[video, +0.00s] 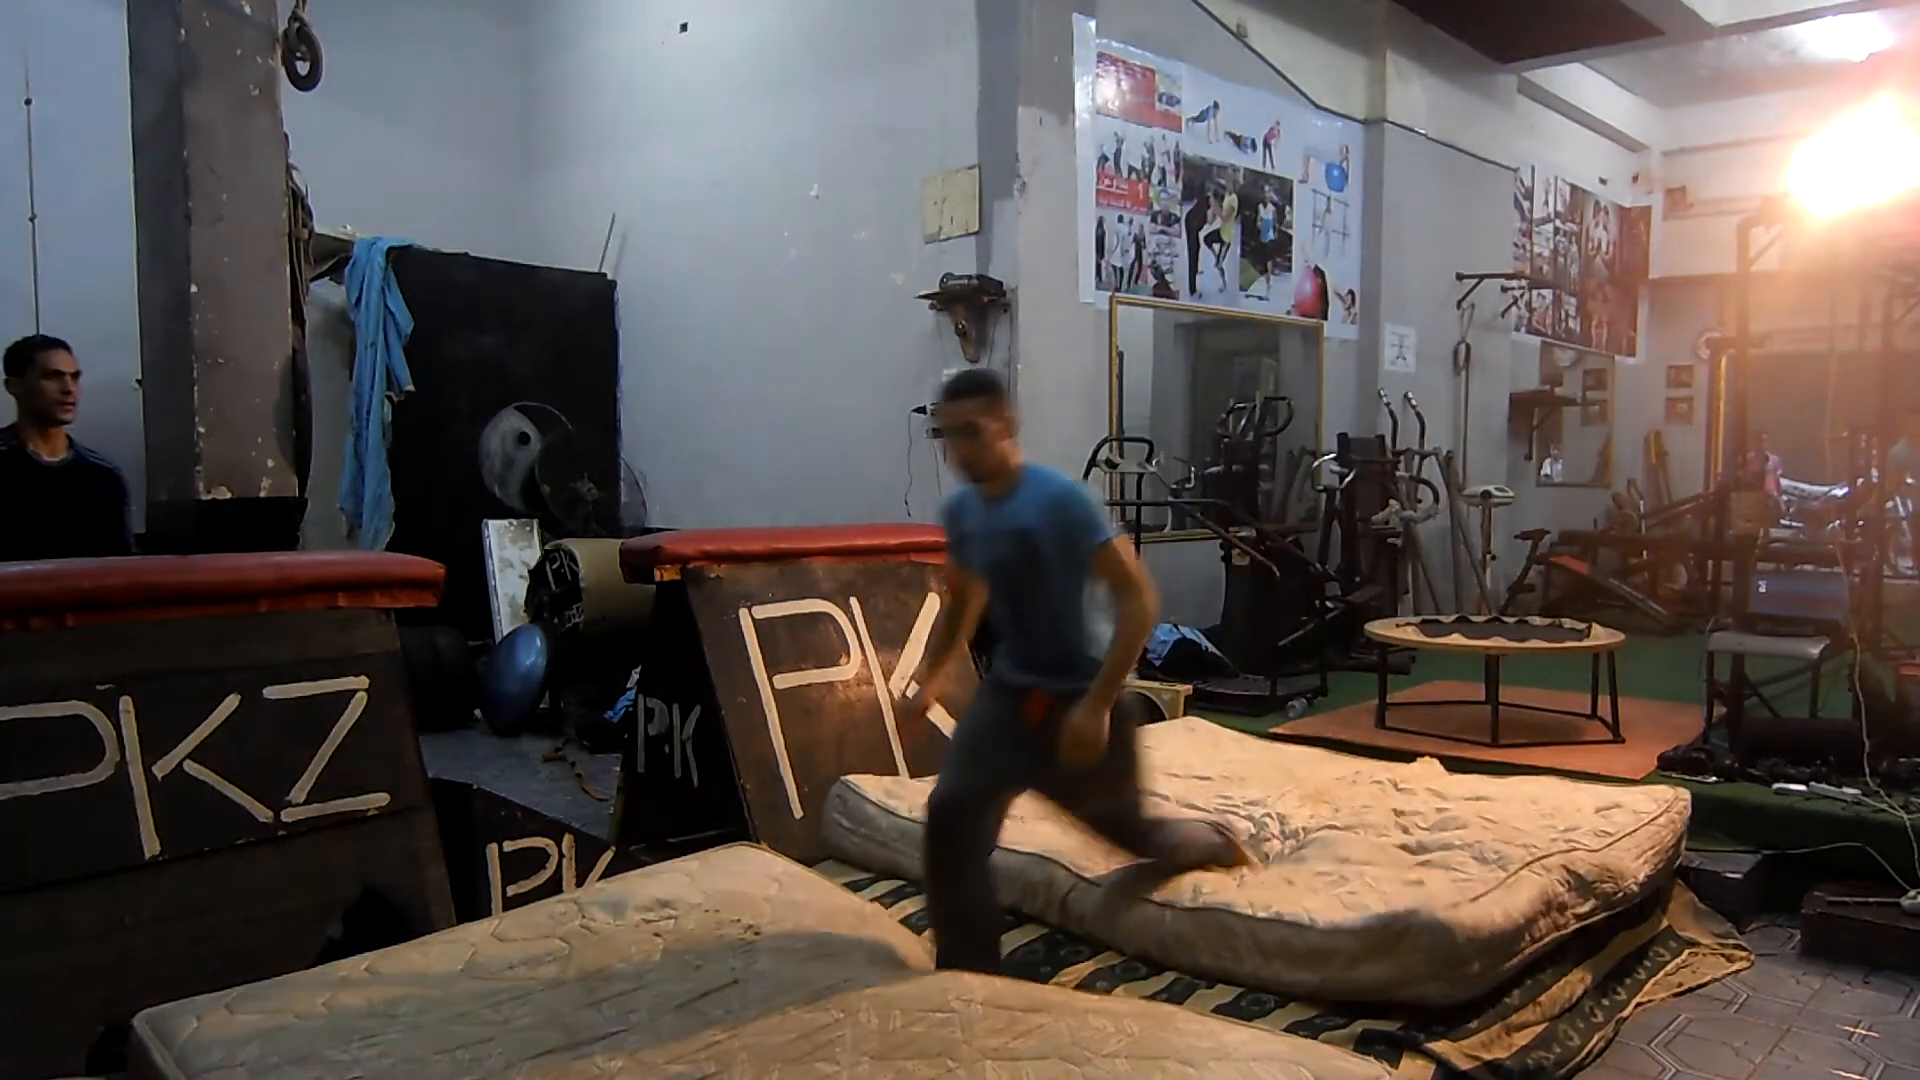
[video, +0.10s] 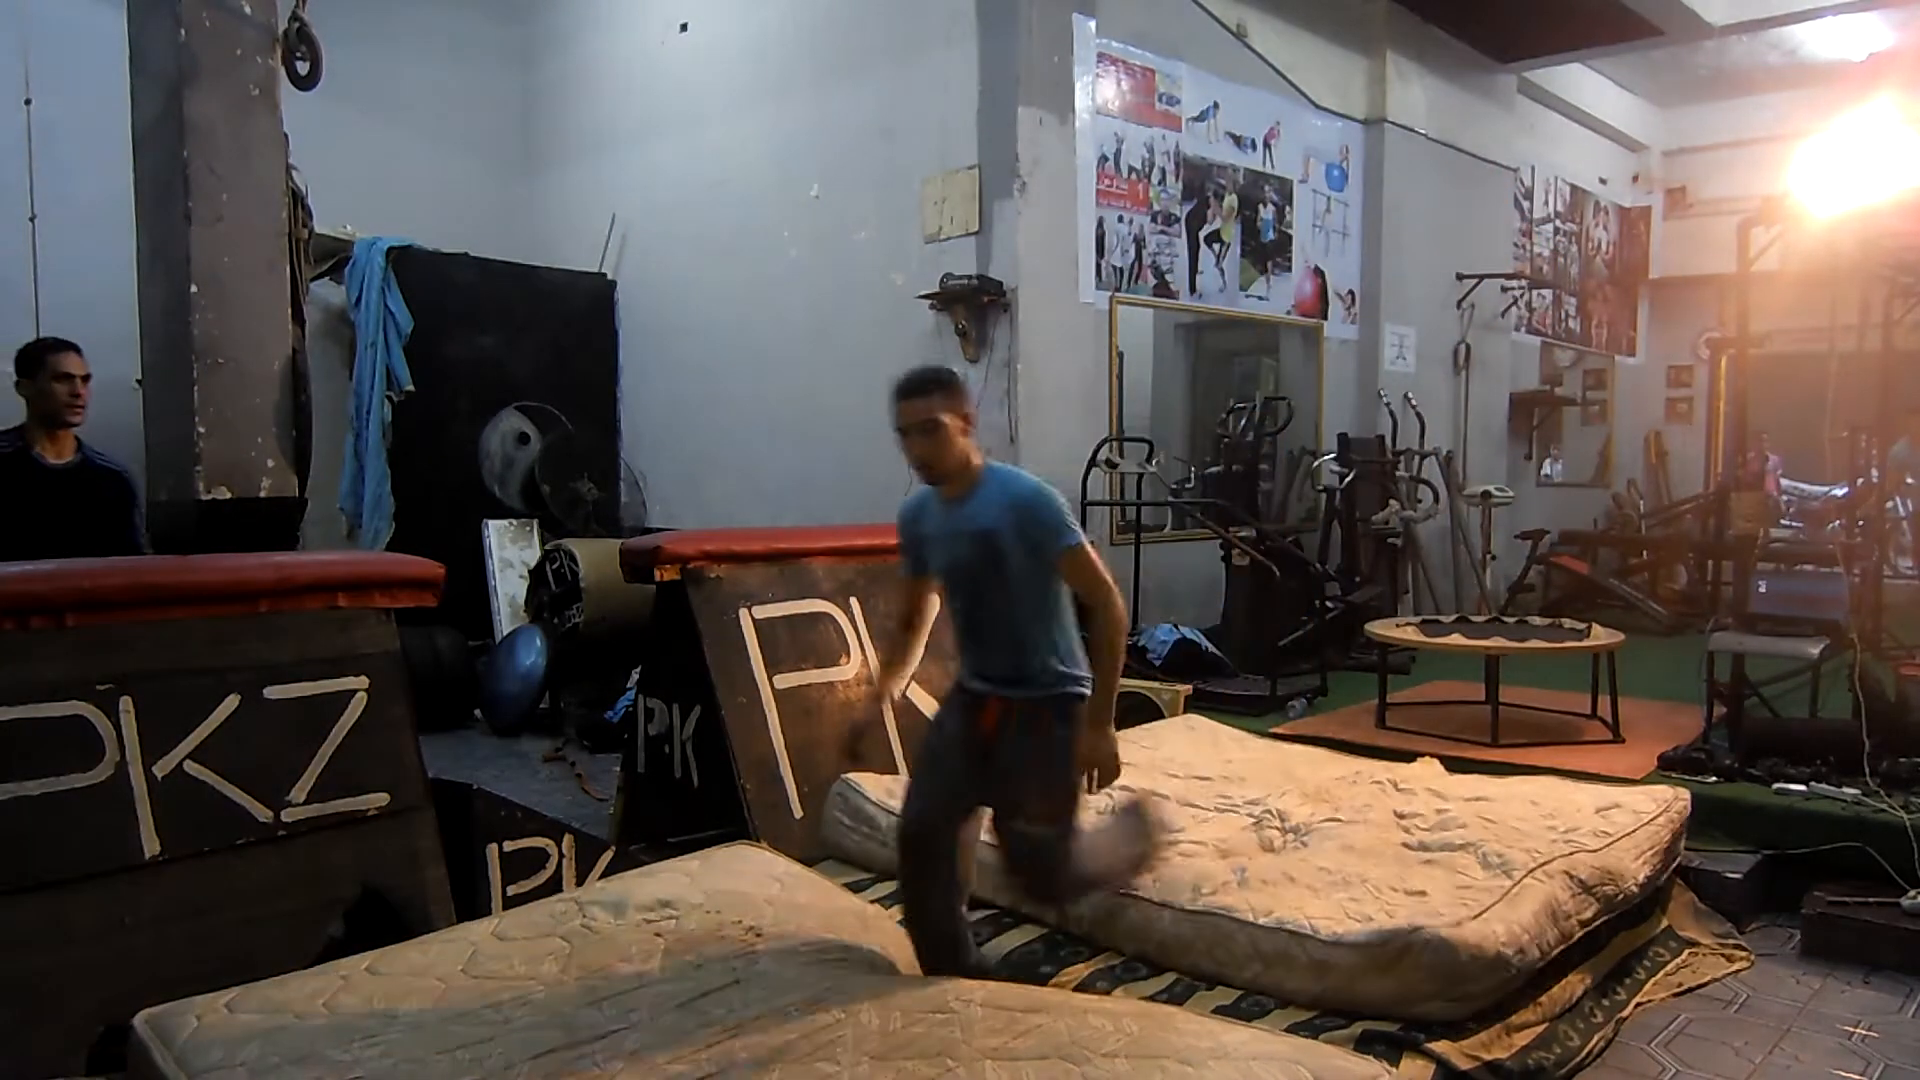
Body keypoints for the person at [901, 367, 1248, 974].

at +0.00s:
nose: (958, 449)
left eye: (970, 432)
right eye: (948, 435)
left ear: (1008, 429)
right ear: (941, 439)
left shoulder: (1062, 500)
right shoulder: (961, 511)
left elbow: (1140, 601)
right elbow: (965, 596)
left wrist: (1096, 706)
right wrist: (928, 681)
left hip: (1081, 699)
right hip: (1009, 694)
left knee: (1128, 832)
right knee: (953, 824)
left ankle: (1214, 846)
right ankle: (969, 993)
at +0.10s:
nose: (917, 448)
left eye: (929, 429)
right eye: (906, 433)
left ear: (967, 423)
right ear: (898, 438)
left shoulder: (1029, 501)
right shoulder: (919, 516)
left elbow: (1106, 601)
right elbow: (913, 622)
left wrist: (1100, 721)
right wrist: (879, 699)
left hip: (1047, 707)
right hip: (973, 701)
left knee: (1043, 881)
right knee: (924, 843)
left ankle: (1141, 828)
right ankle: (958, 997)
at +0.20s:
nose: (895, 415)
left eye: (908, 396)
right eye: (882, 401)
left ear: (946, 395)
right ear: (873, 409)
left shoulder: (1010, 478)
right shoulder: (884, 494)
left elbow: (1090, 578)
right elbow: (871, 597)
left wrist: (1101, 691)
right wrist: (840, 677)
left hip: (1021, 681)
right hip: (945, 680)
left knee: (949, 834)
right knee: (905, 844)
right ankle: (959, 991)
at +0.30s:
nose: (879, 359)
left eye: (892, 342)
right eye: (864, 347)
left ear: (926, 342)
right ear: (852, 359)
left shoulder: (992, 433)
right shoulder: (852, 452)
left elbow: (1067, 536)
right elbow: (835, 551)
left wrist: (1087, 652)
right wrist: (822, 611)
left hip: (990, 644)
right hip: (913, 648)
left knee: (910, 788)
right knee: (898, 800)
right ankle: (970, 935)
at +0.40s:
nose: (856, 312)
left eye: (873, 294)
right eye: (841, 298)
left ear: (911, 296)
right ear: (829, 308)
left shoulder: (978, 400)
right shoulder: (820, 413)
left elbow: (1045, 520)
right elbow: (795, 526)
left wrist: (1060, 638)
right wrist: (785, 616)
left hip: (956, 628)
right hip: (869, 630)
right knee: (867, 796)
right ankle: (953, 896)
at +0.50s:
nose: (840, 305)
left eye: (858, 287)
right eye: (824, 290)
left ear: (897, 293)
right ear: (809, 301)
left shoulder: (955, 405)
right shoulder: (794, 412)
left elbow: (1021, 539)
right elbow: (764, 536)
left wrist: (1023, 679)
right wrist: (750, 643)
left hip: (910, 663)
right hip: (820, 658)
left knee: (847, 880)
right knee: (796, 861)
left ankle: (810, 1065)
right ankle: (904, 877)